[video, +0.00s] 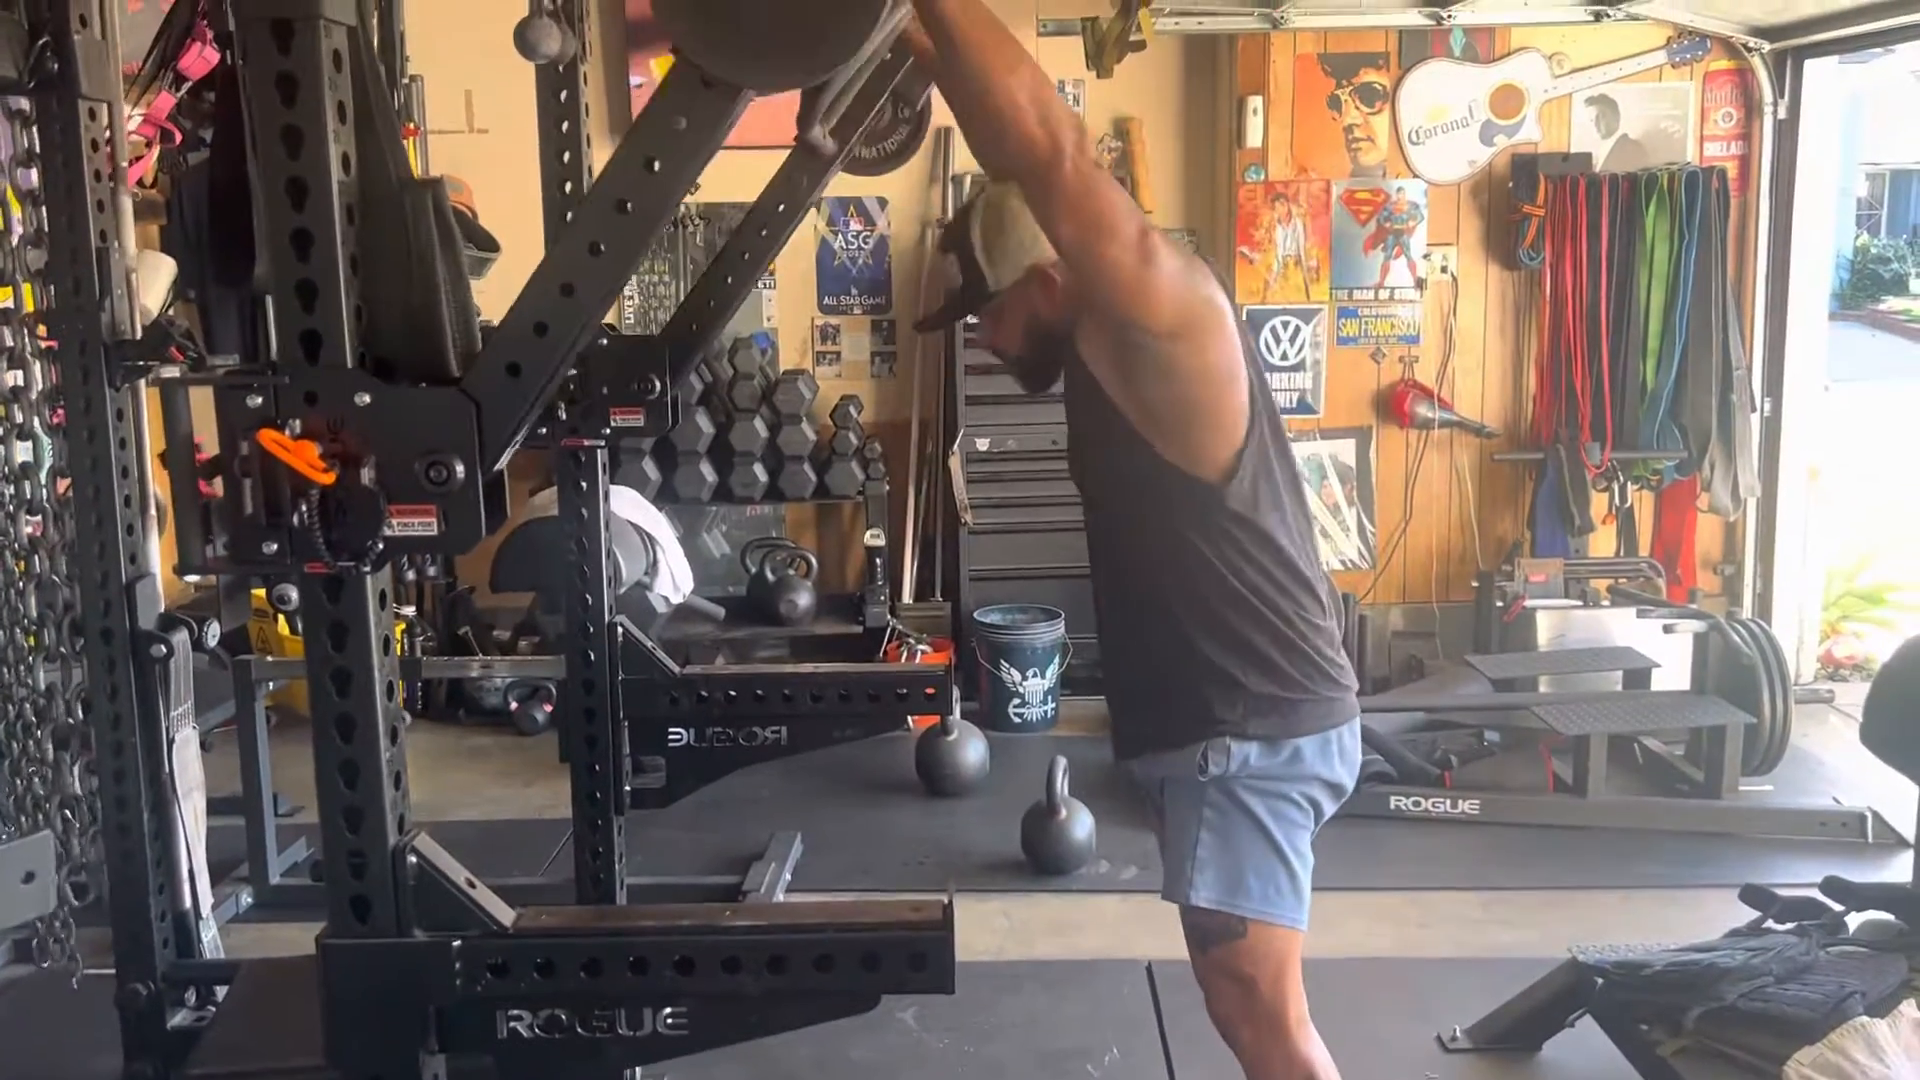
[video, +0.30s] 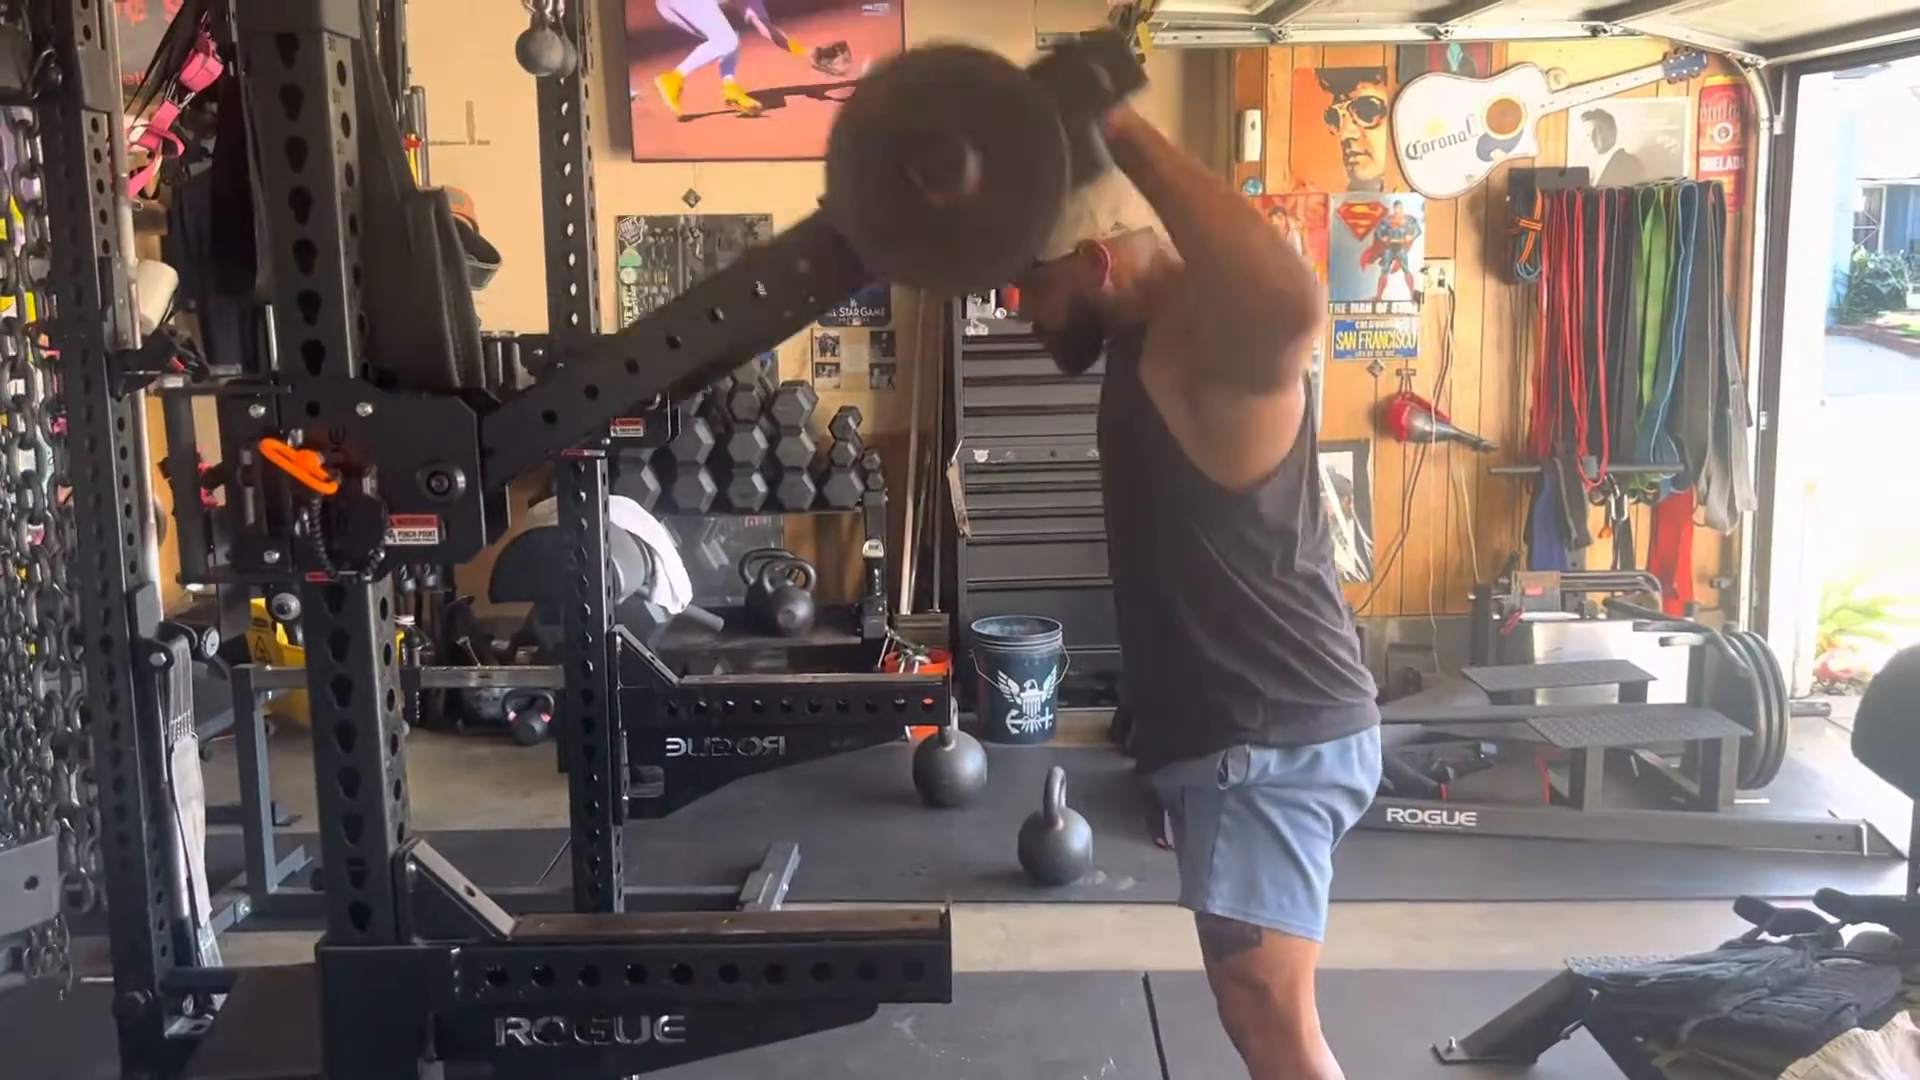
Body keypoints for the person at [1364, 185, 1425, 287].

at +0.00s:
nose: (1400, 196)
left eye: (1402, 194)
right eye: (1399, 194)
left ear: (1405, 195)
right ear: (1396, 195)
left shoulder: (1412, 206)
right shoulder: (1390, 206)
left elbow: (1420, 217)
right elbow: (1381, 217)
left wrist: (1413, 223)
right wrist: (1386, 224)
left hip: (1404, 231)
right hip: (1392, 231)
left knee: (1408, 255)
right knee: (1387, 256)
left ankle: (1415, 280)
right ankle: (1381, 281)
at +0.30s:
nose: (1398, 211)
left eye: (1399, 208)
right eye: (1396, 208)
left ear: (1402, 209)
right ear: (1393, 209)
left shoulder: (1409, 220)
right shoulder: (1387, 220)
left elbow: (1418, 231)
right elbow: (1378, 231)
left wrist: (1410, 238)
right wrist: (1383, 238)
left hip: (1402, 245)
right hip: (1390, 245)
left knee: (1406, 269)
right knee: (1384, 270)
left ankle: (1412, 294)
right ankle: (1378, 295)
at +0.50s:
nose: (1395, 219)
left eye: (1396, 216)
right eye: (1393, 216)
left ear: (1399, 217)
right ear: (1390, 217)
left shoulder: (1406, 228)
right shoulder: (1384, 228)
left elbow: (1414, 239)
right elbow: (1375, 239)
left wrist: (1407, 246)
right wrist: (1379, 246)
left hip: (1399, 252)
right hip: (1387, 252)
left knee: (1402, 277)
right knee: (1381, 277)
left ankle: (1408, 300)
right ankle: (1376, 300)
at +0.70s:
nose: (1391, 227)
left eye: (1392, 224)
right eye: (1389, 225)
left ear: (1395, 225)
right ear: (1386, 225)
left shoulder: (1402, 235)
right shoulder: (1381, 236)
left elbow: (1410, 247)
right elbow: (1371, 247)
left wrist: (1403, 253)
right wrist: (1376, 254)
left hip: (1394, 261)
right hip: (1383, 260)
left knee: (1398, 285)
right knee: (1377, 284)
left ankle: (1405, 308)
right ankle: (1371, 308)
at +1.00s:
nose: (1388, 240)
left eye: (1389, 238)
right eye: (1386, 238)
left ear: (1392, 238)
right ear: (1383, 238)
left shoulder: (1399, 248)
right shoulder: (1378, 248)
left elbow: (1407, 260)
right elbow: (1368, 259)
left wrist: (1400, 266)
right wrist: (1372, 266)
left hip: (1391, 273)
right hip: (1379, 273)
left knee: (1395, 297)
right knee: (1373, 298)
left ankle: (1401, 322)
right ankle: (1368, 322)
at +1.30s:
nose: (1383, 249)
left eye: (1385, 247)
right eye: (1381, 247)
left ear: (1387, 248)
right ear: (1379, 248)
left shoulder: (1394, 258)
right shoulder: (1373, 258)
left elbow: (1402, 270)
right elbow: (1364, 269)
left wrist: (1395, 276)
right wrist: (1368, 276)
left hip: (1387, 284)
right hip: (1375, 283)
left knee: (1390, 308)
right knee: (1369, 308)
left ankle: (1396, 332)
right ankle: (1363, 332)